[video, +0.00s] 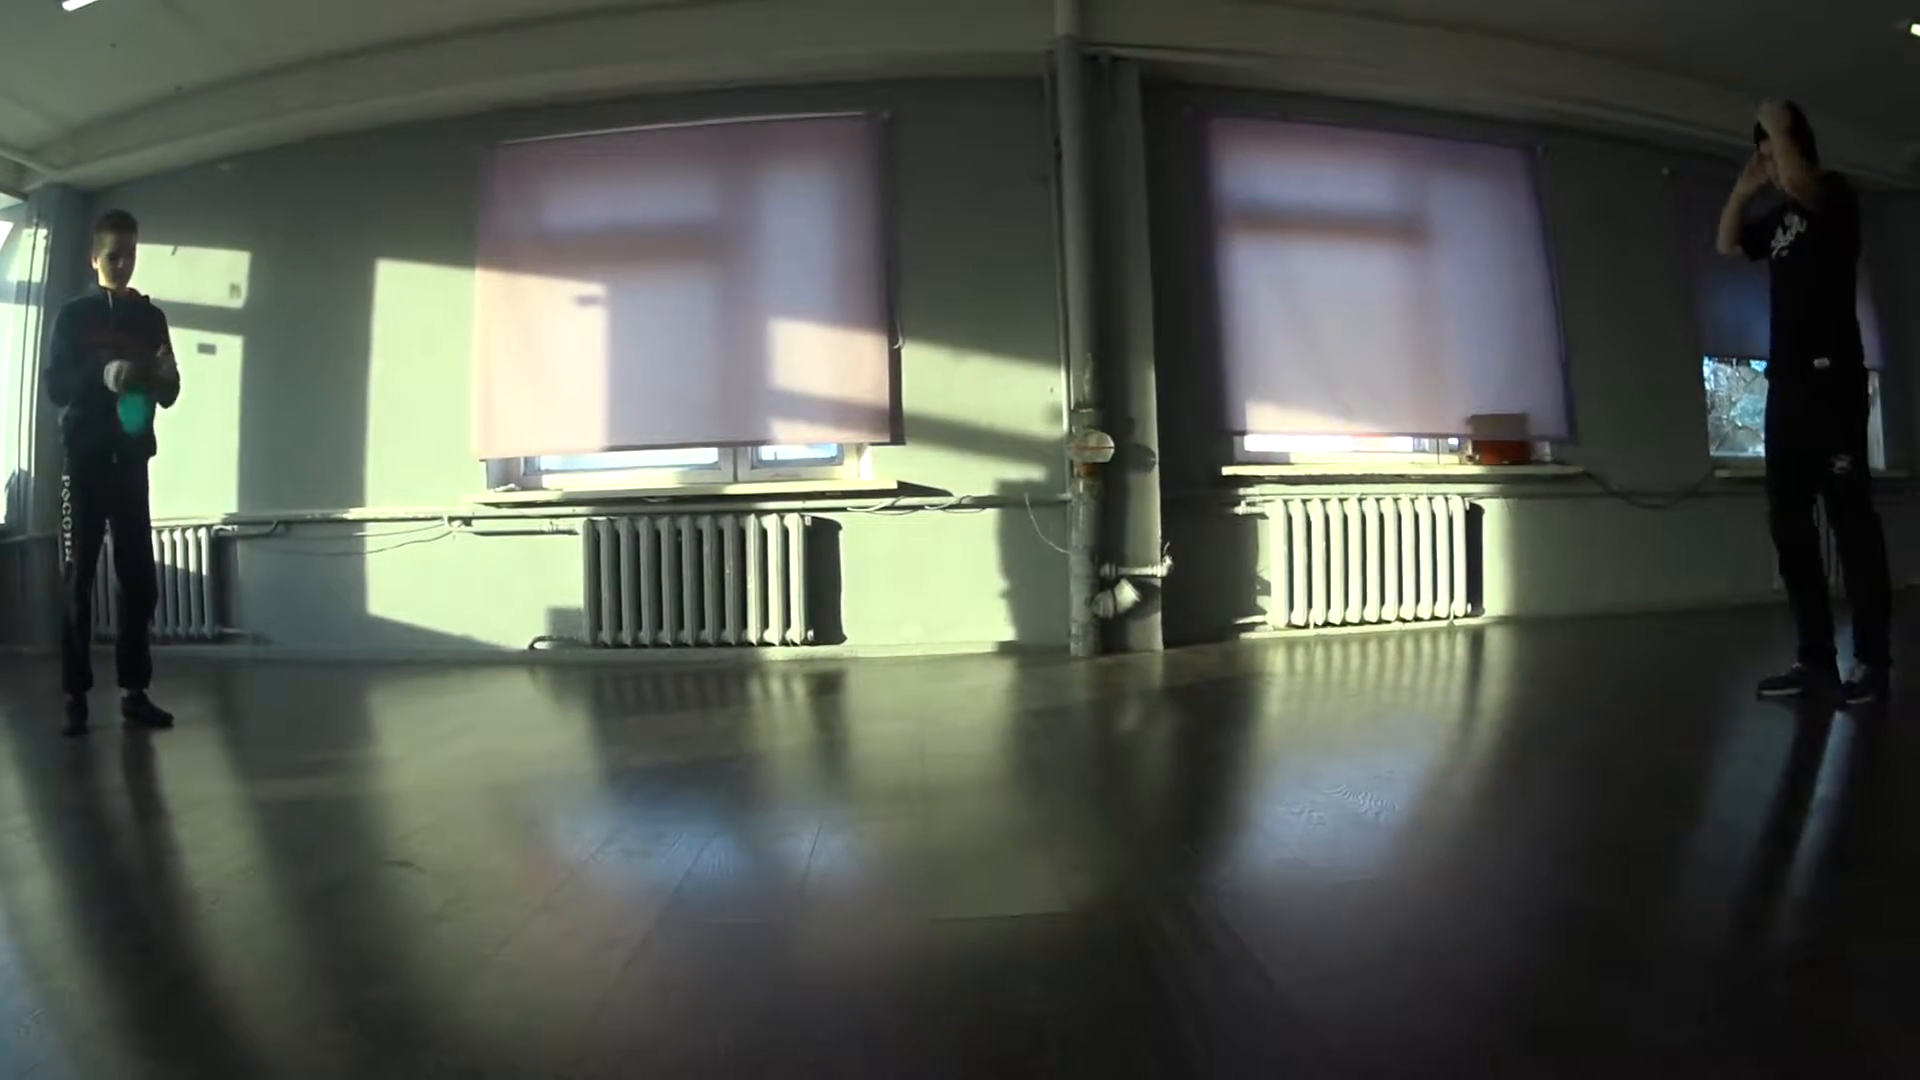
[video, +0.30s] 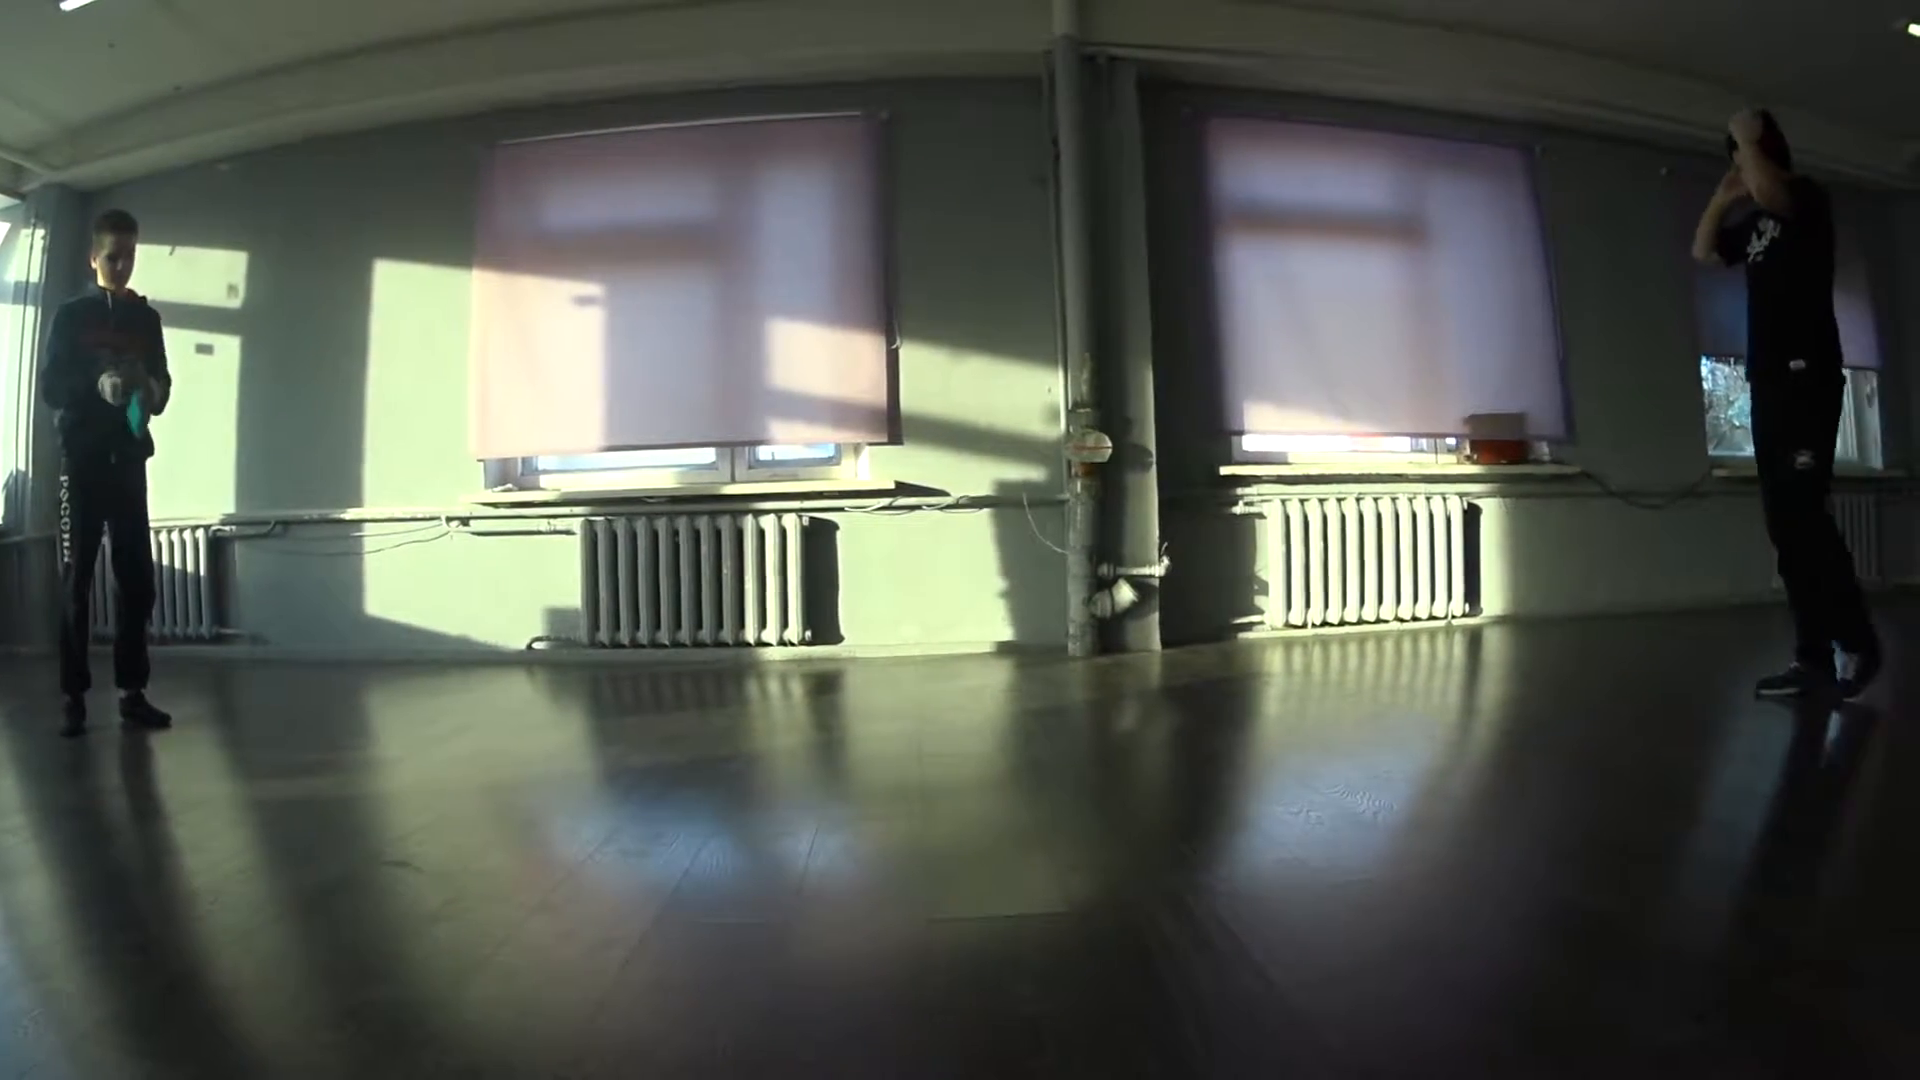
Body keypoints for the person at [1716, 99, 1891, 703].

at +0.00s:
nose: (1772, 160)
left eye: (1780, 149)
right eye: (1766, 150)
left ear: (1803, 151)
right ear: (1764, 159)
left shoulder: (1836, 200)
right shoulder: (1777, 218)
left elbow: (1799, 185)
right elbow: (1729, 244)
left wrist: (1778, 127)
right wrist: (1743, 187)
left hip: (1837, 381)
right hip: (1789, 383)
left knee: (1853, 521)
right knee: (1790, 525)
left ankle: (1873, 663)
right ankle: (1815, 664)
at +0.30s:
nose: (1738, 166)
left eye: (1747, 155)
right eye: (1736, 156)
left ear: (1774, 157)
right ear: (1742, 162)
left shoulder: (1809, 202)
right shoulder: (1752, 224)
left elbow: (1769, 195)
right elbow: (1704, 250)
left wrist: (1748, 142)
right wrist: (1722, 195)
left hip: (1811, 377)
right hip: (1770, 380)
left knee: (1804, 515)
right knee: (1785, 521)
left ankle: (1859, 645)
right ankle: (1812, 659)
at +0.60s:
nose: (1724, 179)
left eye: (1732, 168)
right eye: (1716, 172)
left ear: (1756, 164)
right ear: (1711, 176)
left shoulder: (1792, 204)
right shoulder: (1733, 227)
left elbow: (1784, 234)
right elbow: (1702, 290)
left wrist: (1716, 187)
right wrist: (1694, 237)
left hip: (1798, 378)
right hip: (1757, 381)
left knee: (1783, 518)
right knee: (1777, 519)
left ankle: (1811, 665)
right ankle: (1799, 661)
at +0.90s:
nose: (1694, 183)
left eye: (1700, 170)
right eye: (1686, 176)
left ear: (1725, 162)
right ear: (1685, 178)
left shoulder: (1768, 211)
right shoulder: (1719, 233)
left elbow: (1807, 299)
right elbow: (1724, 332)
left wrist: (1817, 390)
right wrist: (1719, 411)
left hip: (1777, 392)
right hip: (1744, 396)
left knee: (1754, 532)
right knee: (1779, 531)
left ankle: (1727, 670)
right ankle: (1814, 664)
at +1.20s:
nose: (1666, 168)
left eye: (1672, 154)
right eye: (1658, 160)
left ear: (1699, 147)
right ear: (1660, 163)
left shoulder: (1741, 201)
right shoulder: (1697, 211)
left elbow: (1785, 285)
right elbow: (1718, 298)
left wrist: (1802, 376)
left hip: (1744, 380)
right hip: (1715, 382)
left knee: (1734, 524)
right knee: (1752, 520)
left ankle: (1722, 670)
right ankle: (1805, 648)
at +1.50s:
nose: (1653, 165)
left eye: (1658, 152)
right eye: (1648, 156)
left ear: (1685, 145)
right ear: (1661, 153)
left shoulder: (1720, 196)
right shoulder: (1693, 206)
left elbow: (1706, 276)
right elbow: (1692, 307)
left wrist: (1643, 338)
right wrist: (1658, 380)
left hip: (1723, 377)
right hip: (1692, 378)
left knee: (1717, 520)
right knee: (1680, 521)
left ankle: (1720, 669)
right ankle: (1763, 624)